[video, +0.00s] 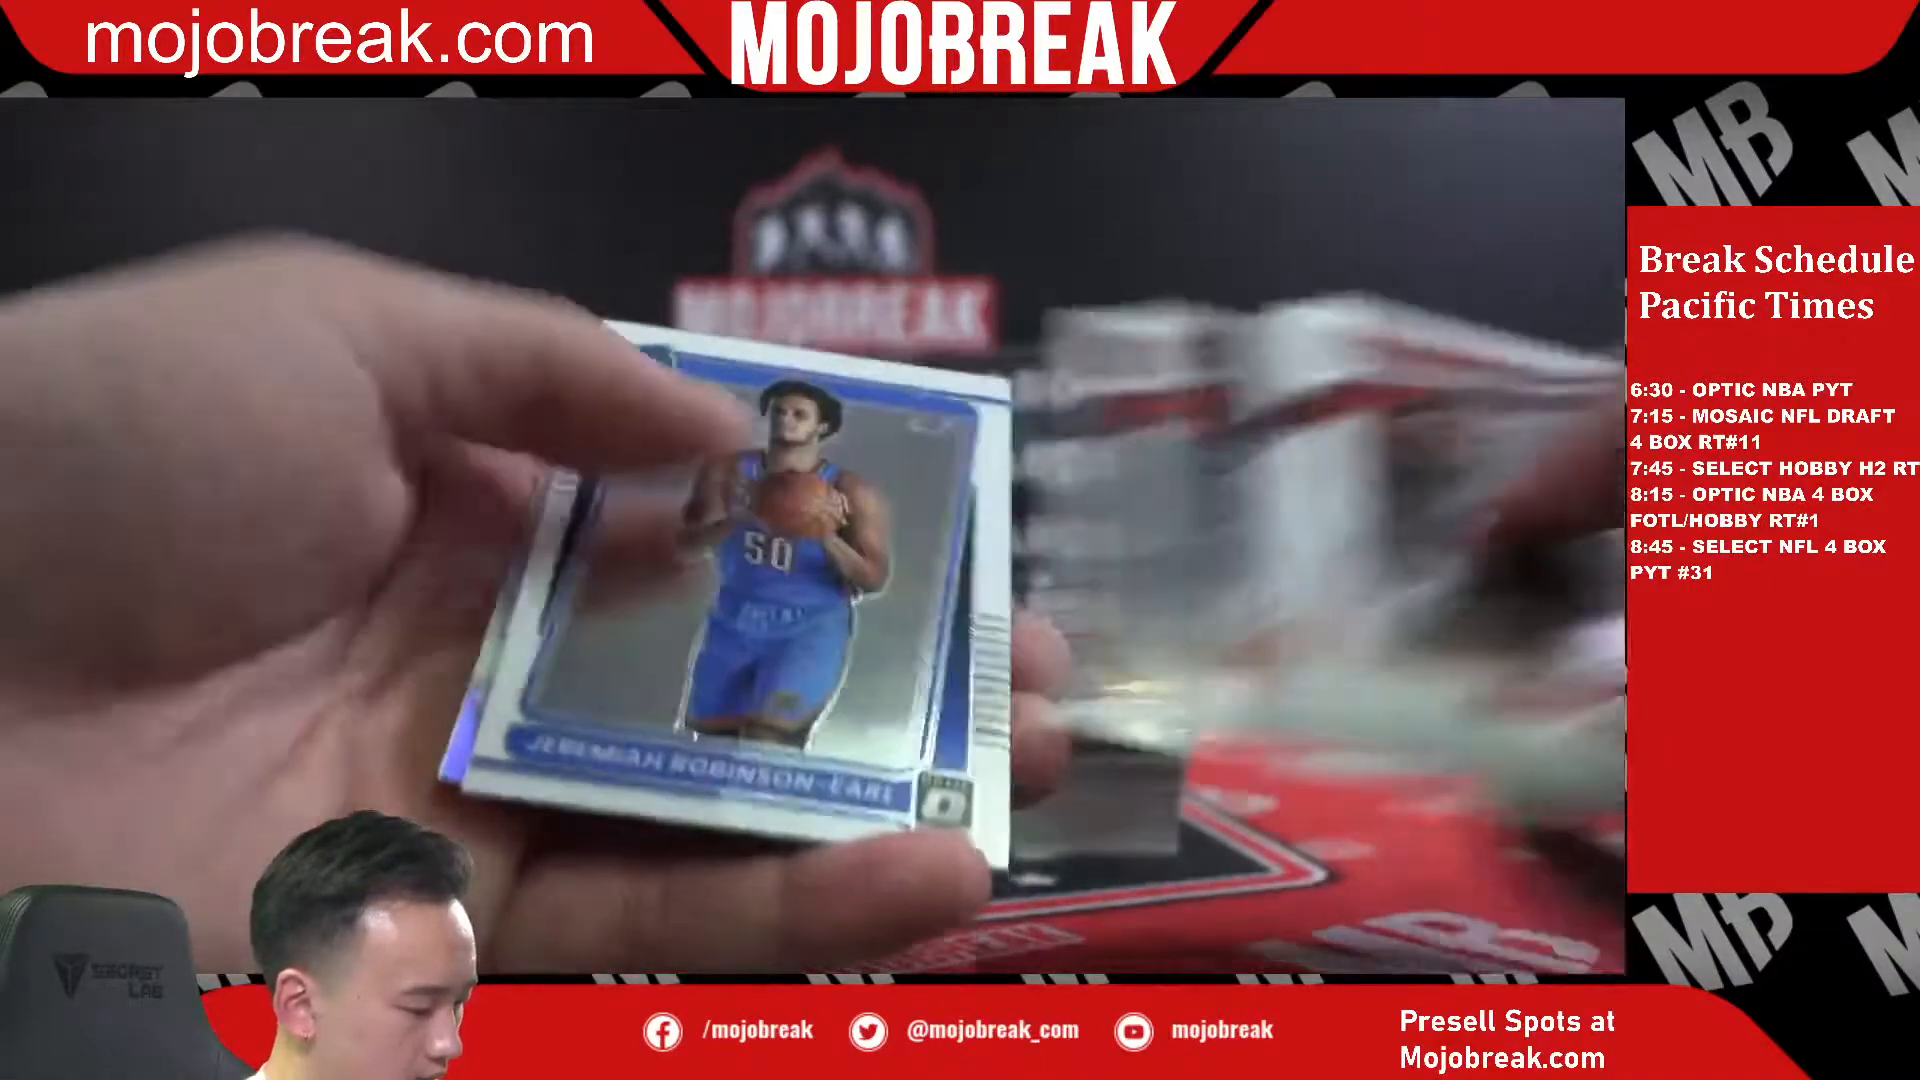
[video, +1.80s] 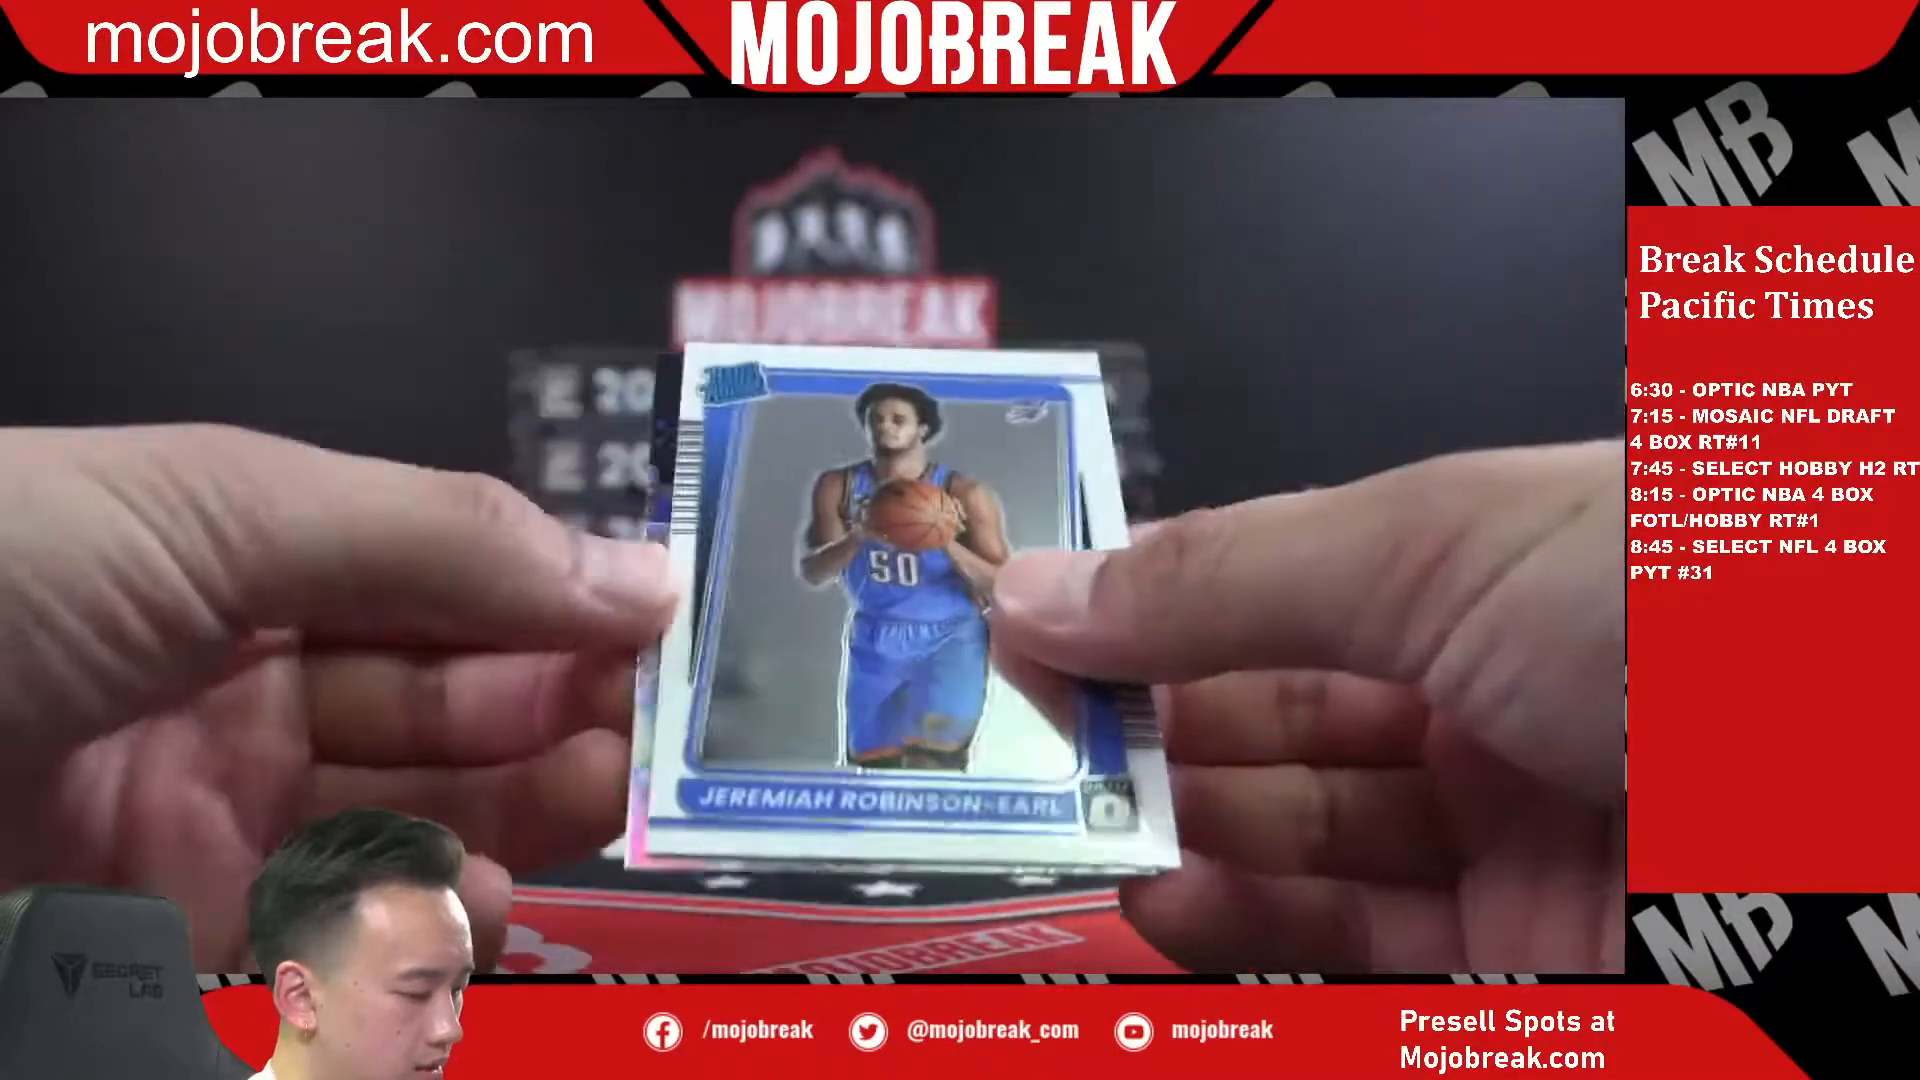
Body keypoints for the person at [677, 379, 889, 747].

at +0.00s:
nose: (787, 420)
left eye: (800, 414)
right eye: (780, 411)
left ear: (822, 427)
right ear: (769, 417)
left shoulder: (852, 493)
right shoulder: (727, 471)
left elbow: (874, 577)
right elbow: (689, 541)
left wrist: (828, 537)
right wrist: (742, 518)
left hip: (811, 631)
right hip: (734, 623)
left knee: (764, 748)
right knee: (707, 750)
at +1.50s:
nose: (793, 377)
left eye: (805, 365)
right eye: (784, 365)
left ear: (827, 376)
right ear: (772, 372)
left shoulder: (864, 443)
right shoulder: (741, 439)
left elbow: (898, 527)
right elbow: (707, 528)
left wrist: (849, 492)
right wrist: (742, 492)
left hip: (847, 589)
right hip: (771, 591)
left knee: (827, 707)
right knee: (760, 717)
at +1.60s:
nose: (871, 407)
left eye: (883, 397)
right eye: (864, 395)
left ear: (902, 409)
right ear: (850, 403)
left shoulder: (940, 473)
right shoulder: (823, 463)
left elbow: (967, 556)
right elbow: (791, 531)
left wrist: (914, 514)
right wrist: (819, 514)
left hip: (917, 611)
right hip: (843, 610)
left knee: (892, 719)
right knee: (831, 726)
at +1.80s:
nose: (887, 428)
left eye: (899, 419)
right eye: (877, 419)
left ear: (923, 429)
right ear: (866, 429)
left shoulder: (969, 496)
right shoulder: (837, 487)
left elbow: (1001, 587)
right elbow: (813, 573)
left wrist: (950, 542)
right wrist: (860, 535)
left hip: (950, 644)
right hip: (874, 646)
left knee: (930, 778)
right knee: (873, 782)